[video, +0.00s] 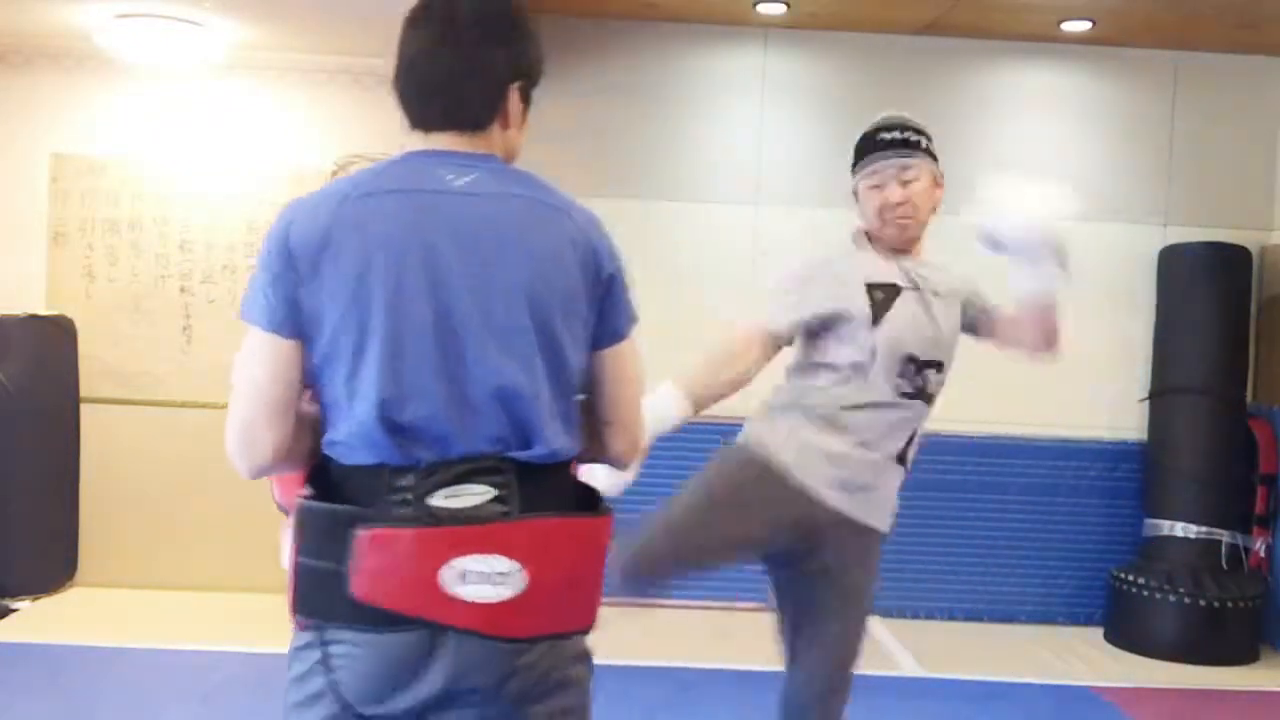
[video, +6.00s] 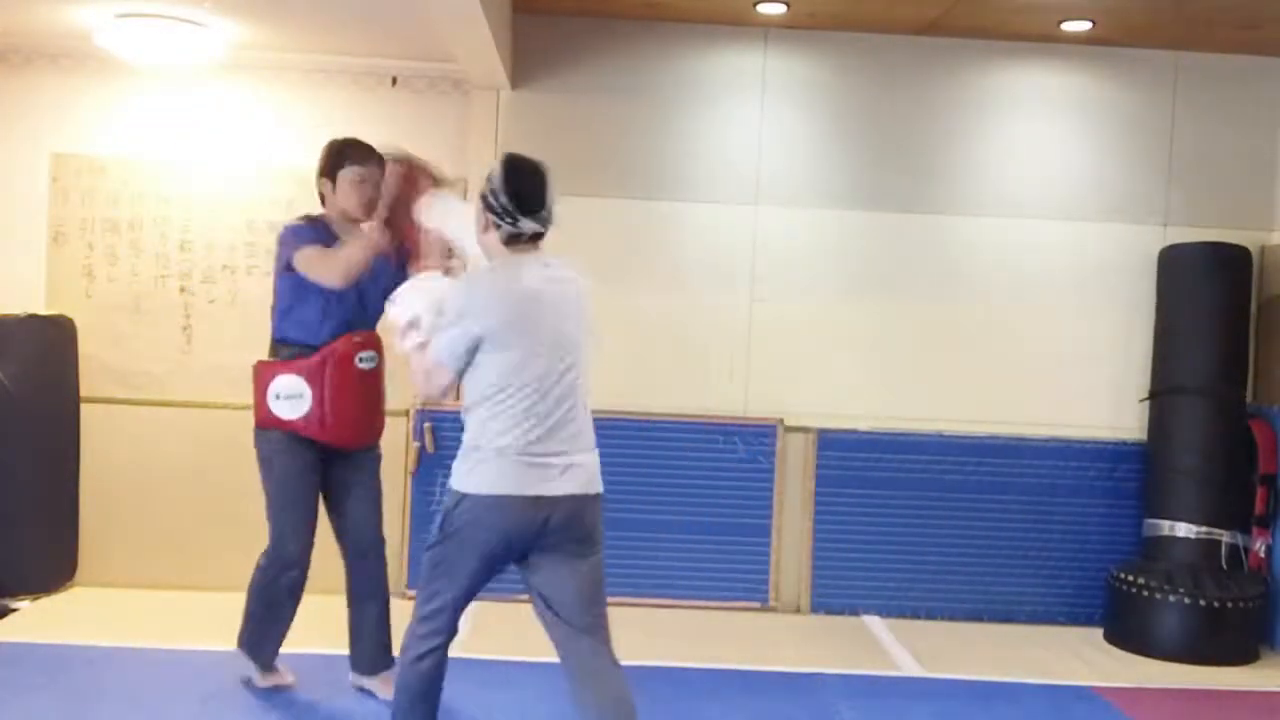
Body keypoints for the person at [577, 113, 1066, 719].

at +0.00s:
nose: (893, 197)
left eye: (908, 179)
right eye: (876, 185)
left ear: (939, 189)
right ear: (857, 199)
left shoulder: (952, 294)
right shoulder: (835, 272)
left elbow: (1038, 339)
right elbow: (742, 353)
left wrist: (1035, 267)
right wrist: (650, 417)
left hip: (853, 520)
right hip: (771, 477)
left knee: (817, 699)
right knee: (632, 568)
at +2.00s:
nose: (691, 204)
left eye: (713, 184)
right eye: (683, 184)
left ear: (765, 191)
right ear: (673, 186)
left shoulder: (807, 285)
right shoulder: (673, 276)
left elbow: (806, 425)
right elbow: (579, 394)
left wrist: (733, 326)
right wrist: (567, 332)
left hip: (771, 563)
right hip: (678, 553)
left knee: (718, 712)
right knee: (679, 709)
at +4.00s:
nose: (828, 209)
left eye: (835, 192)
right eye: (830, 191)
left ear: (879, 200)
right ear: (903, 203)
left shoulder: (855, 282)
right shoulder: (982, 295)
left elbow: (836, 440)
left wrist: (754, 378)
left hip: (853, 592)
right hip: (958, 591)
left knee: (768, 710)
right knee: (939, 713)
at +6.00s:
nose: (474, 218)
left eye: (477, 210)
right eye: (477, 209)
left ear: (488, 218)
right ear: (543, 219)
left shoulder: (478, 292)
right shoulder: (573, 286)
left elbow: (430, 385)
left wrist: (413, 331)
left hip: (493, 493)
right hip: (575, 493)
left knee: (431, 627)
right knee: (588, 644)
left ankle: (410, 712)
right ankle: (618, 715)